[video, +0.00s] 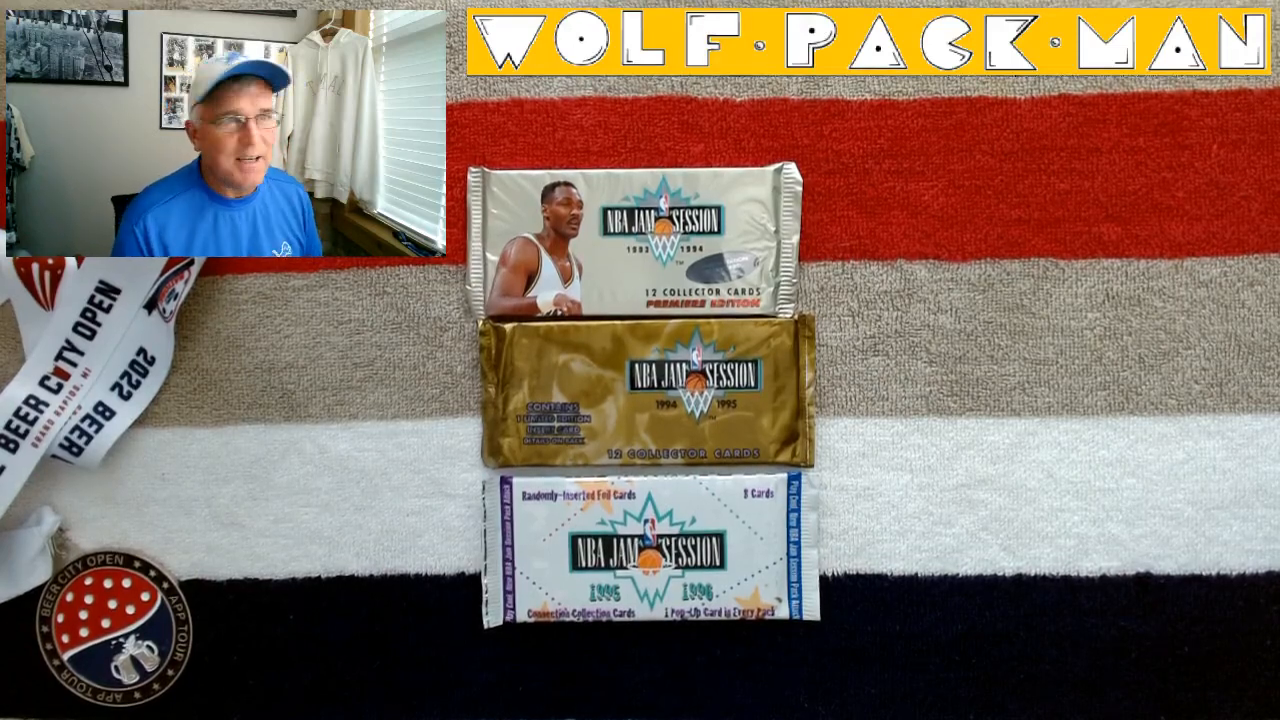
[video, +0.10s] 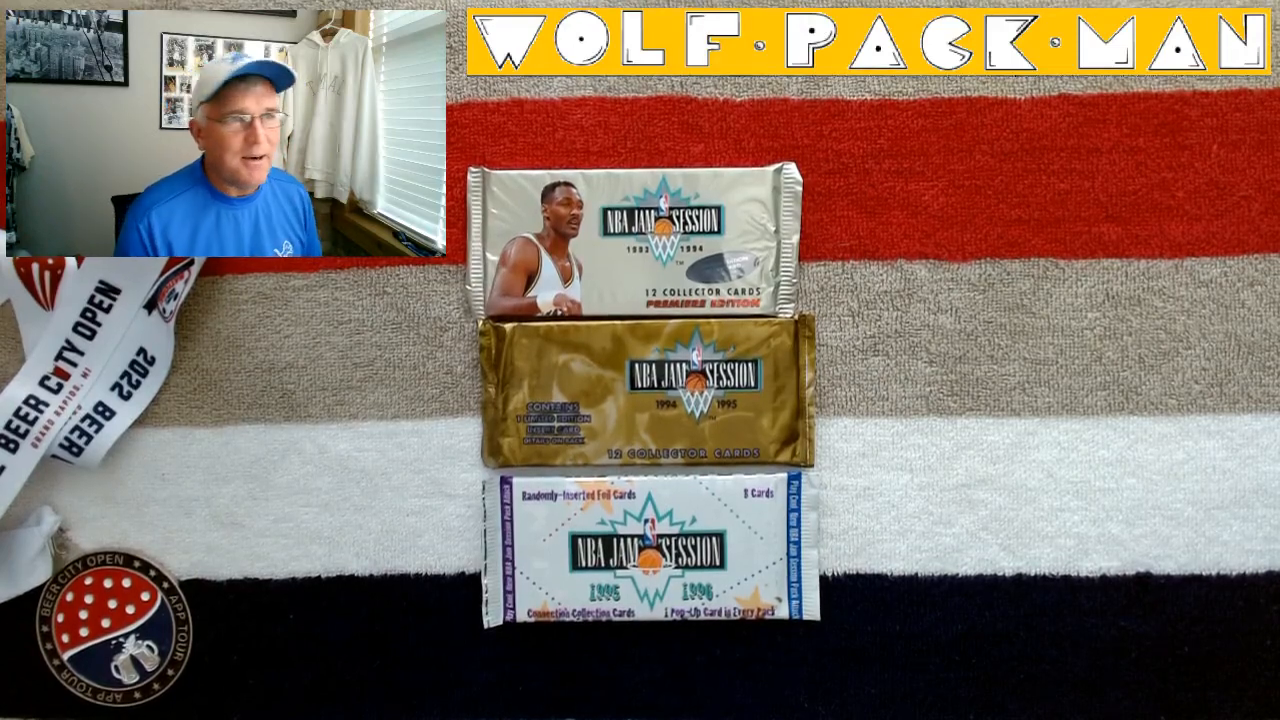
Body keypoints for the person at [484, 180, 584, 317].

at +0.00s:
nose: (576, 213)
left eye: (580, 206)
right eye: (566, 205)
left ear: (583, 211)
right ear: (545, 211)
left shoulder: (575, 265)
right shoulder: (521, 250)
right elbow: (494, 307)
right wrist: (551, 301)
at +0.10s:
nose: (576, 213)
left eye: (580, 207)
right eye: (566, 205)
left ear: (583, 211)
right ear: (545, 211)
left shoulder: (575, 266)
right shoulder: (521, 249)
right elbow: (494, 307)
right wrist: (550, 301)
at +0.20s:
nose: (576, 213)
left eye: (580, 207)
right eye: (566, 205)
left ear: (583, 211)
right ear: (546, 211)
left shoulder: (575, 266)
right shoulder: (521, 250)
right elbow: (494, 308)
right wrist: (550, 301)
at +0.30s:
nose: (576, 213)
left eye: (580, 207)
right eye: (566, 205)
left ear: (583, 211)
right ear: (545, 211)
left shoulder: (575, 266)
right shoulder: (521, 250)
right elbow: (494, 308)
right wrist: (550, 301)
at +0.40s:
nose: (576, 213)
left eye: (580, 207)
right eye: (566, 205)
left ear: (583, 211)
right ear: (545, 211)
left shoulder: (575, 266)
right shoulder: (521, 250)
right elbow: (494, 308)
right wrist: (550, 301)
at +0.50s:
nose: (576, 213)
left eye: (580, 207)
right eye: (566, 205)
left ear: (583, 211)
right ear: (545, 211)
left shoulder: (575, 266)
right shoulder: (521, 249)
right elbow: (494, 307)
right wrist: (550, 301)